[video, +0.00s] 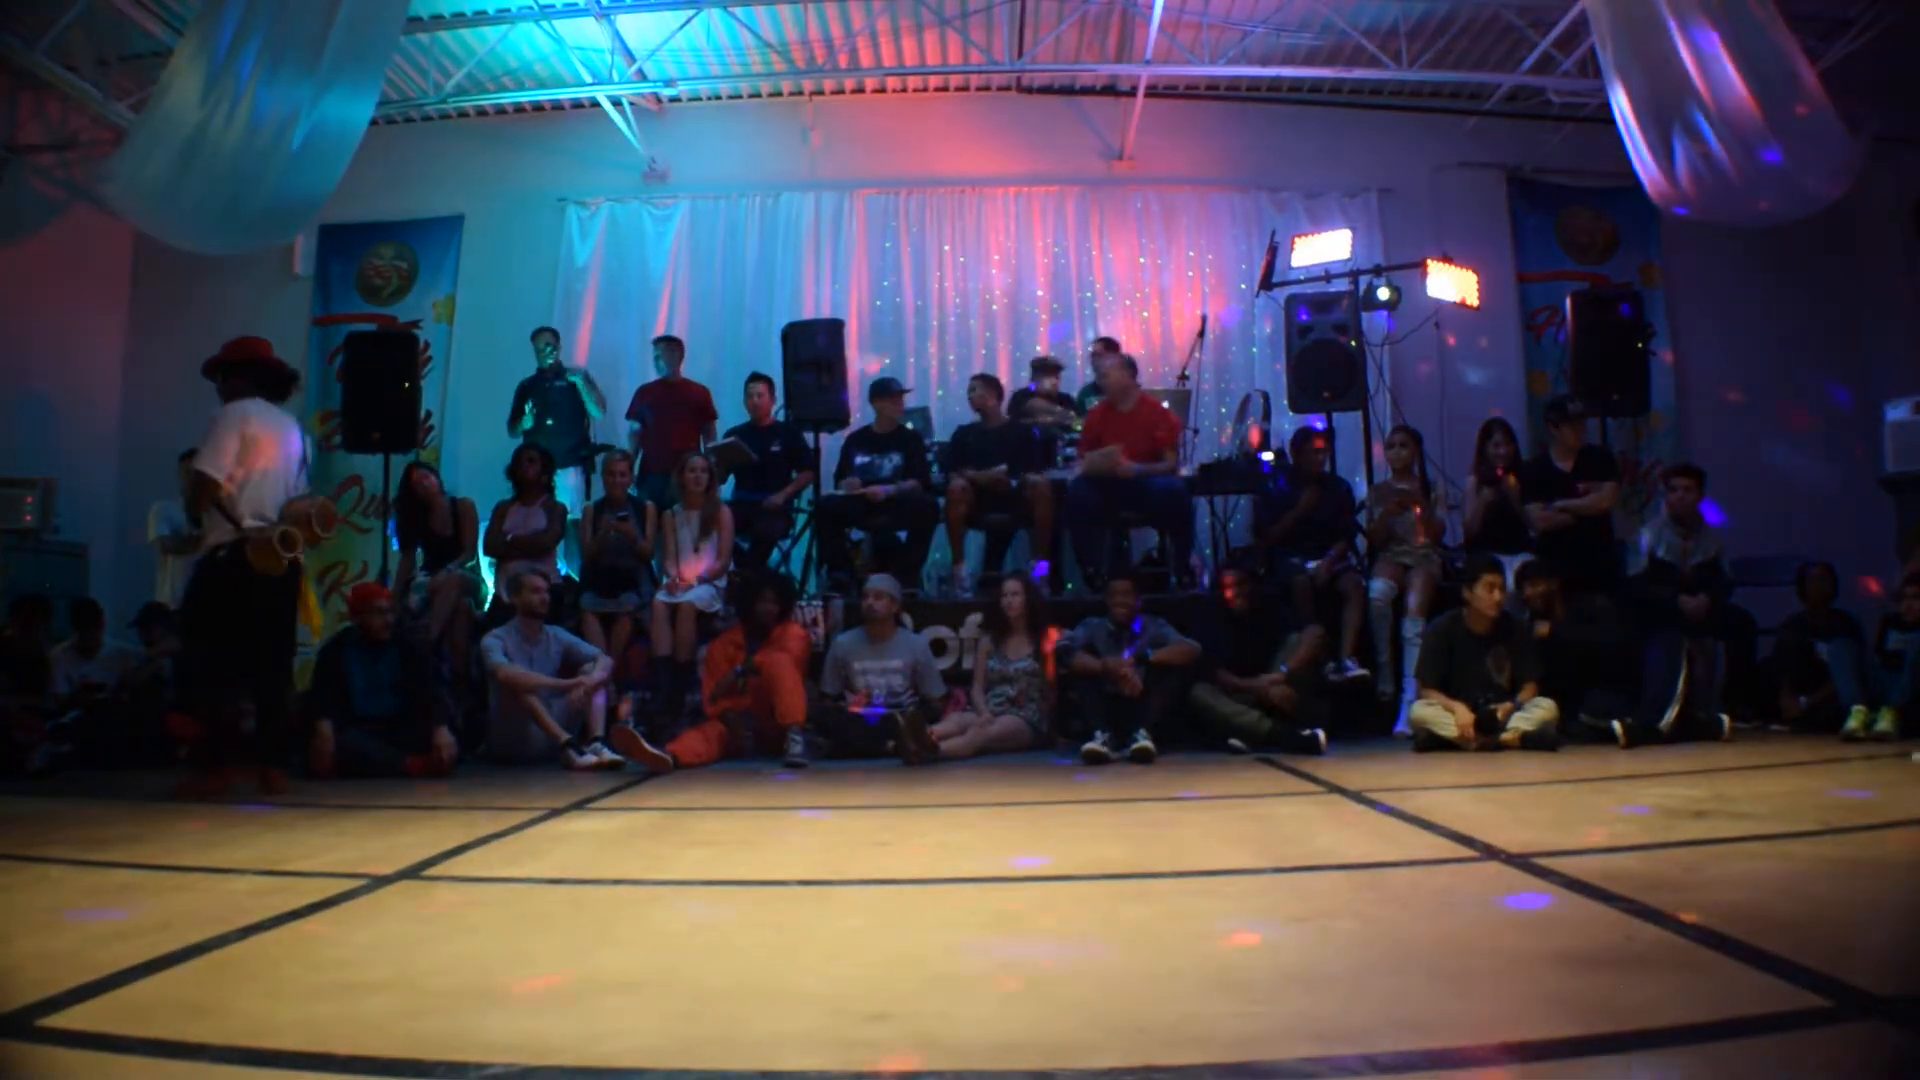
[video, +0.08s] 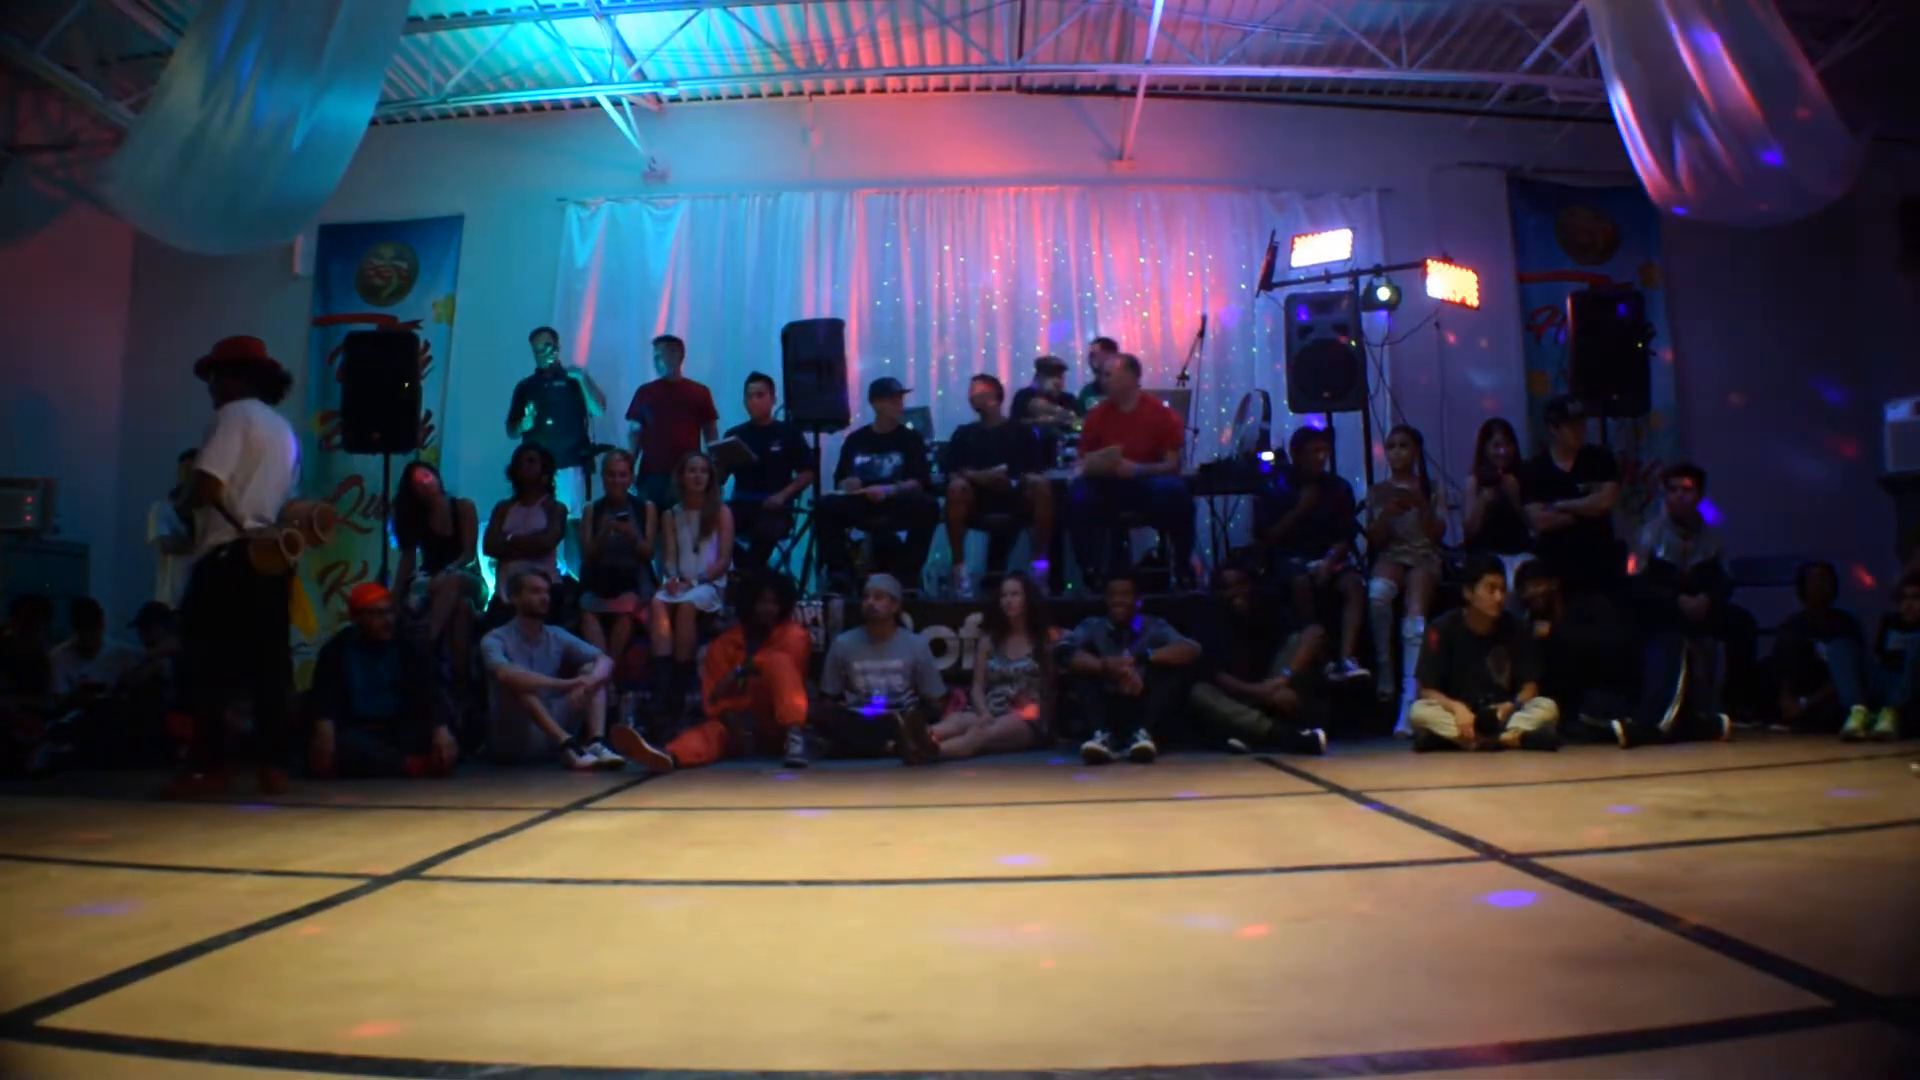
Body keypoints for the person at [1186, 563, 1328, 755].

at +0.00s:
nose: (1233, 594)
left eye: (1238, 586)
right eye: (1227, 588)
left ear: (1251, 586)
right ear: (1221, 592)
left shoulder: (1271, 613)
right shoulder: (1218, 624)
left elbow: (1315, 633)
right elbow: (1216, 674)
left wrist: (1281, 675)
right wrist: (1263, 688)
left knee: (1297, 640)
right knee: (1200, 693)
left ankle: (1249, 734)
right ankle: (1279, 734)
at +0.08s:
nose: (1234, 593)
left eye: (1240, 585)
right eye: (1227, 587)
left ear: (1252, 586)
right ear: (1219, 592)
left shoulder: (1271, 614)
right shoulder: (1216, 626)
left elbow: (1315, 632)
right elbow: (1214, 673)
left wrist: (1283, 681)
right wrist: (1264, 692)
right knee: (1200, 693)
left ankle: (1250, 734)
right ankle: (1277, 734)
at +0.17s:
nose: (1234, 593)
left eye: (1239, 585)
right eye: (1226, 587)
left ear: (1251, 586)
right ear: (1218, 593)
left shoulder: (1270, 612)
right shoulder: (1216, 624)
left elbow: (1313, 632)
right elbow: (1215, 673)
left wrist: (1285, 681)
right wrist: (1269, 694)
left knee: (1298, 640)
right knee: (1200, 693)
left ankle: (1250, 734)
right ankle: (1279, 734)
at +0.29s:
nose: (1231, 593)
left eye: (1237, 584)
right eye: (1224, 587)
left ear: (1251, 585)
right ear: (1218, 592)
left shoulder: (1270, 612)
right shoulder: (1217, 624)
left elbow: (1312, 631)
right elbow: (1215, 673)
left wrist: (1283, 680)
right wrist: (1269, 693)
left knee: (1305, 637)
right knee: (1199, 693)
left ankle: (1250, 734)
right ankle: (1281, 735)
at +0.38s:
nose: (1231, 592)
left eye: (1237, 584)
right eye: (1224, 587)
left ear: (1251, 585)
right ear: (1217, 592)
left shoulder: (1270, 615)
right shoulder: (1215, 625)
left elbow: (1311, 629)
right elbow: (1214, 673)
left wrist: (1279, 682)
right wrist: (1268, 691)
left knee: (1309, 633)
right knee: (1198, 692)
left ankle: (1249, 733)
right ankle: (1281, 734)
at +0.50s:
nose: (1232, 592)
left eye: (1237, 584)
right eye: (1225, 587)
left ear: (1249, 585)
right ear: (1217, 593)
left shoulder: (1267, 613)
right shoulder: (1214, 626)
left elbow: (1311, 629)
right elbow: (1215, 677)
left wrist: (1281, 677)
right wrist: (1268, 690)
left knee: (1298, 639)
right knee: (1198, 694)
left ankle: (1249, 734)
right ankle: (1278, 734)